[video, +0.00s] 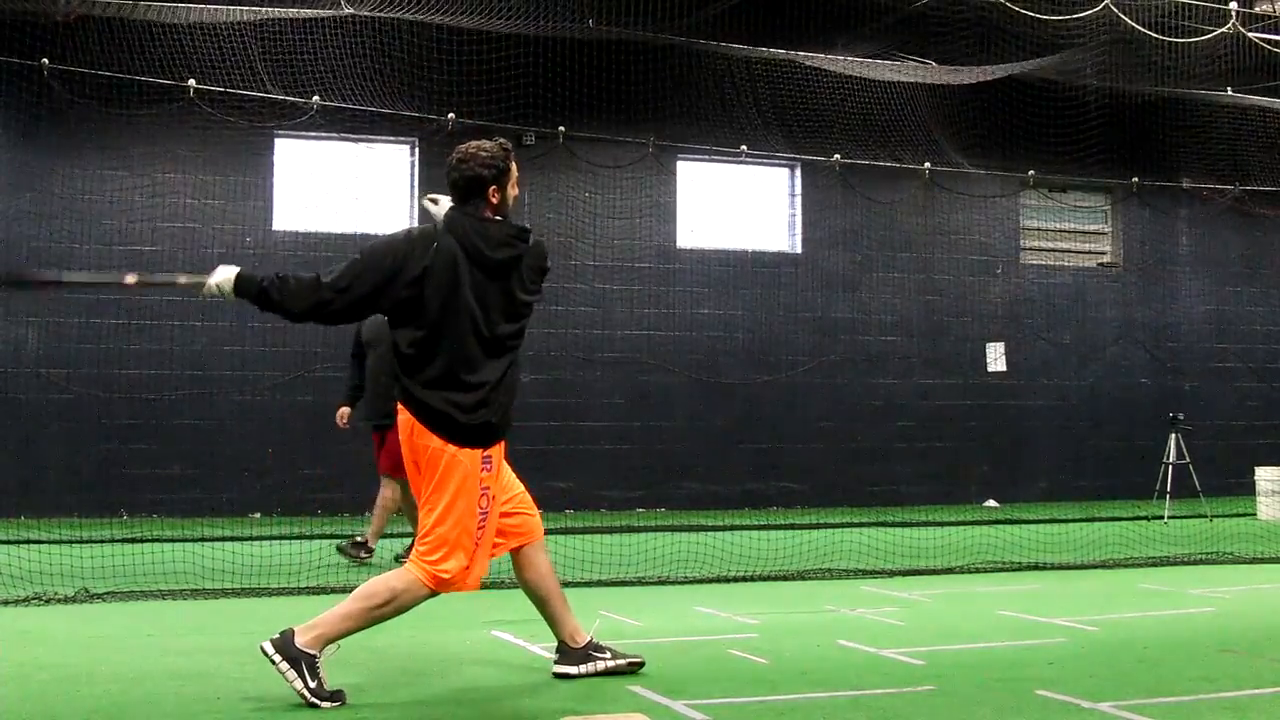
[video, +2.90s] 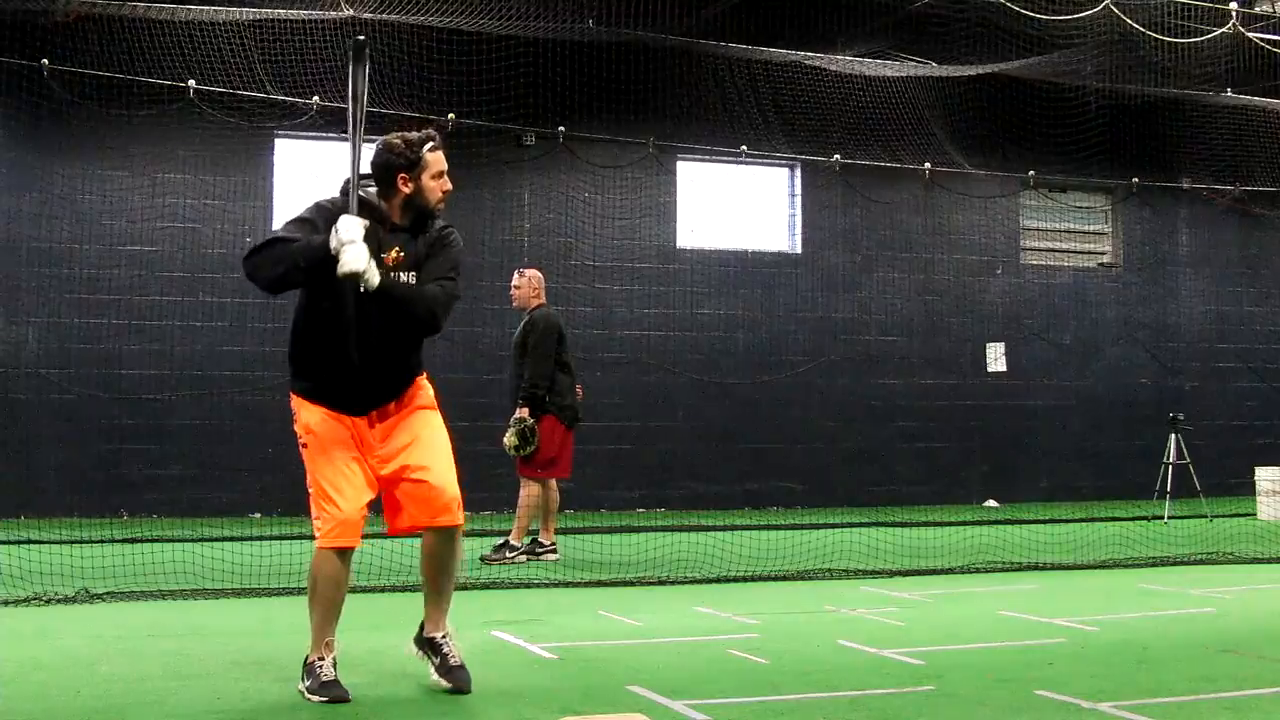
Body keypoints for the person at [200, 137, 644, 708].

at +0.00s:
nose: (519, 192)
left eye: (517, 184)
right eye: (516, 185)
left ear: (459, 192)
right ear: (496, 195)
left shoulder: (415, 249)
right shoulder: (525, 253)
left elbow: (326, 296)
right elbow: (500, 250)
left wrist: (241, 282)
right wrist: (457, 216)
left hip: (430, 419)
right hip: (461, 430)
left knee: (523, 527)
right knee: (437, 569)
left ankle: (576, 646)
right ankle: (301, 644)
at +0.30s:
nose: (528, 190)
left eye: (525, 180)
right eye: (524, 182)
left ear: (471, 190)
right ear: (504, 192)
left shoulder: (426, 242)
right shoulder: (529, 256)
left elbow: (336, 263)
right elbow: (549, 299)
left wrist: (290, 228)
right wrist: (516, 238)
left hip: (434, 423)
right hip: (468, 435)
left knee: (530, 526)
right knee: (435, 570)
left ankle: (578, 647)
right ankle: (300, 643)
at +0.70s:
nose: (547, 193)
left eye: (545, 183)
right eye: (542, 185)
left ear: (489, 196)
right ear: (521, 198)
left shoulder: (440, 242)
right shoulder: (543, 270)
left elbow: (378, 246)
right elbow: (570, 335)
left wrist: (378, 202)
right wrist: (519, 291)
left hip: (437, 424)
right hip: (475, 440)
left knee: (542, 524)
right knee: (441, 573)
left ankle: (580, 647)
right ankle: (303, 644)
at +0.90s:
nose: (557, 200)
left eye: (554, 190)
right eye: (553, 192)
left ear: (502, 203)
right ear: (529, 204)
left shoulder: (450, 248)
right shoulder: (547, 284)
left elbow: (403, 241)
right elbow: (569, 365)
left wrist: (427, 195)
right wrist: (589, 339)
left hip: (443, 424)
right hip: (477, 444)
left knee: (549, 519)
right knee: (441, 576)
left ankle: (580, 647)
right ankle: (304, 644)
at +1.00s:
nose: (564, 199)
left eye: (561, 191)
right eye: (558, 193)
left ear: (512, 204)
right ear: (535, 205)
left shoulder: (458, 246)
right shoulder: (548, 289)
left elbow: (420, 241)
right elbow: (565, 382)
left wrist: (451, 200)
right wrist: (594, 374)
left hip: (449, 421)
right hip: (478, 442)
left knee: (553, 515)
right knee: (442, 575)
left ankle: (581, 647)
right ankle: (304, 644)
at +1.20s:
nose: (438, 147)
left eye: (437, 137)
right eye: (430, 137)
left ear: (403, 143)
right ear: (395, 143)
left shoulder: (434, 199)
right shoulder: (335, 200)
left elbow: (447, 241)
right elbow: (263, 233)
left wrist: (378, 188)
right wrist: (326, 187)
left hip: (415, 383)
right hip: (339, 387)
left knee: (455, 521)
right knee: (335, 526)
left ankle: (462, 630)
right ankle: (321, 658)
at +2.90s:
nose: (448, 183)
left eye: (447, 172)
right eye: (438, 174)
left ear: (413, 181)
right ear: (404, 182)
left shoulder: (440, 238)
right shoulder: (339, 215)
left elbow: (435, 310)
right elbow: (260, 265)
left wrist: (379, 275)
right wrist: (329, 248)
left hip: (405, 398)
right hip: (328, 404)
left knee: (446, 511)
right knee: (341, 527)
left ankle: (435, 632)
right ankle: (321, 657)